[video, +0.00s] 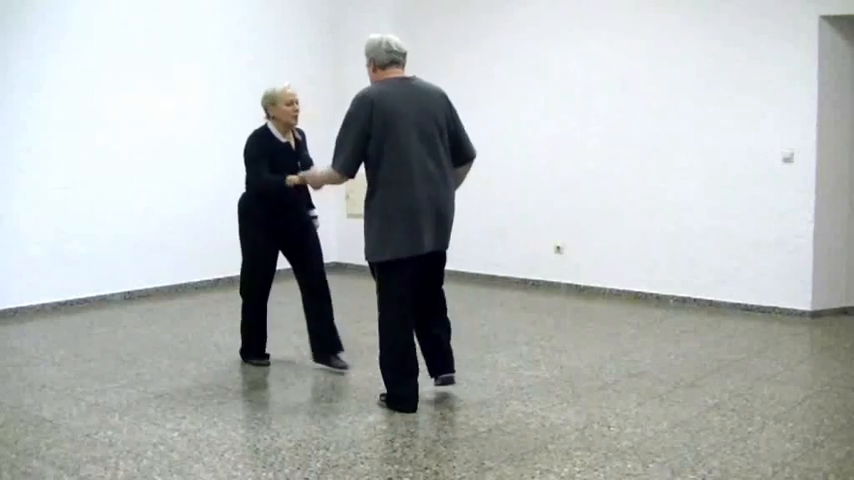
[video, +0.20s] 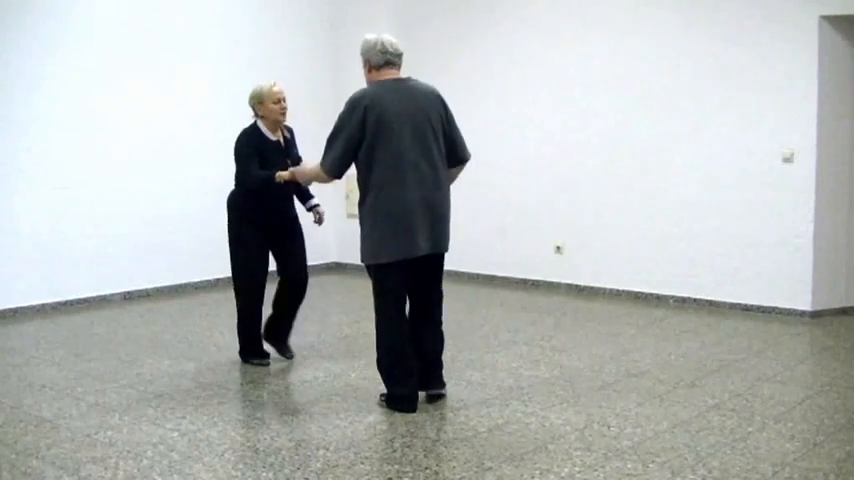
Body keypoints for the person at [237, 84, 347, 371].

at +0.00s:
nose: (296, 108)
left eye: (297, 103)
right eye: (289, 104)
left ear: (297, 108)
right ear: (271, 110)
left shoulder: (298, 136)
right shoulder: (257, 141)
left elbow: (303, 171)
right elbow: (258, 182)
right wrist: (291, 180)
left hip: (295, 219)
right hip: (260, 222)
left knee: (315, 282)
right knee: (256, 287)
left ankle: (326, 350)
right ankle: (252, 351)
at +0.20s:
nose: (284, 105)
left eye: (284, 101)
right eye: (277, 102)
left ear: (285, 105)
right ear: (260, 108)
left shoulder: (287, 135)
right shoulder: (247, 139)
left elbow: (293, 175)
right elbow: (246, 179)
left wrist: (311, 203)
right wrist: (279, 176)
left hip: (282, 215)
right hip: (249, 218)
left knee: (296, 277)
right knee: (250, 284)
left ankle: (276, 332)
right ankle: (250, 349)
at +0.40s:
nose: (279, 109)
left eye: (280, 104)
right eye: (272, 105)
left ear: (281, 108)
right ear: (256, 111)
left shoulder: (282, 137)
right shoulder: (245, 142)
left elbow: (287, 176)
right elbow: (247, 180)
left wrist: (310, 201)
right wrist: (281, 173)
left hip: (279, 216)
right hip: (247, 221)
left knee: (291, 278)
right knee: (252, 285)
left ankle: (269, 331)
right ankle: (249, 348)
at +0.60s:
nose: (288, 105)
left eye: (288, 101)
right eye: (281, 102)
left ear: (287, 104)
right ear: (264, 108)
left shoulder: (287, 137)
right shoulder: (253, 137)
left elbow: (287, 177)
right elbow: (260, 173)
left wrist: (305, 198)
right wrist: (293, 164)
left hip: (283, 214)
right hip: (252, 217)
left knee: (310, 266)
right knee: (254, 283)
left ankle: (300, 327)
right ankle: (250, 349)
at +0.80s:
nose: (305, 112)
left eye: (305, 107)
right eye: (298, 109)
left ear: (304, 111)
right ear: (281, 115)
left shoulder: (305, 144)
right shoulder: (271, 143)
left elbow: (306, 184)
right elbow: (273, 179)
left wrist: (328, 200)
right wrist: (303, 167)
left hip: (301, 223)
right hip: (271, 226)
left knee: (319, 283)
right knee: (272, 288)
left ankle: (309, 345)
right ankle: (253, 349)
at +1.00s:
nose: (330, 102)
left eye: (330, 98)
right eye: (323, 99)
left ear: (330, 103)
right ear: (307, 106)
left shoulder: (332, 135)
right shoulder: (296, 132)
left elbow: (340, 173)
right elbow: (294, 166)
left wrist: (368, 181)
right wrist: (319, 146)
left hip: (324, 213)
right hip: (295, 211)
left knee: (329, 277)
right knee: (314, 274)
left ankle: (318, 346)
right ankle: (299, 341)